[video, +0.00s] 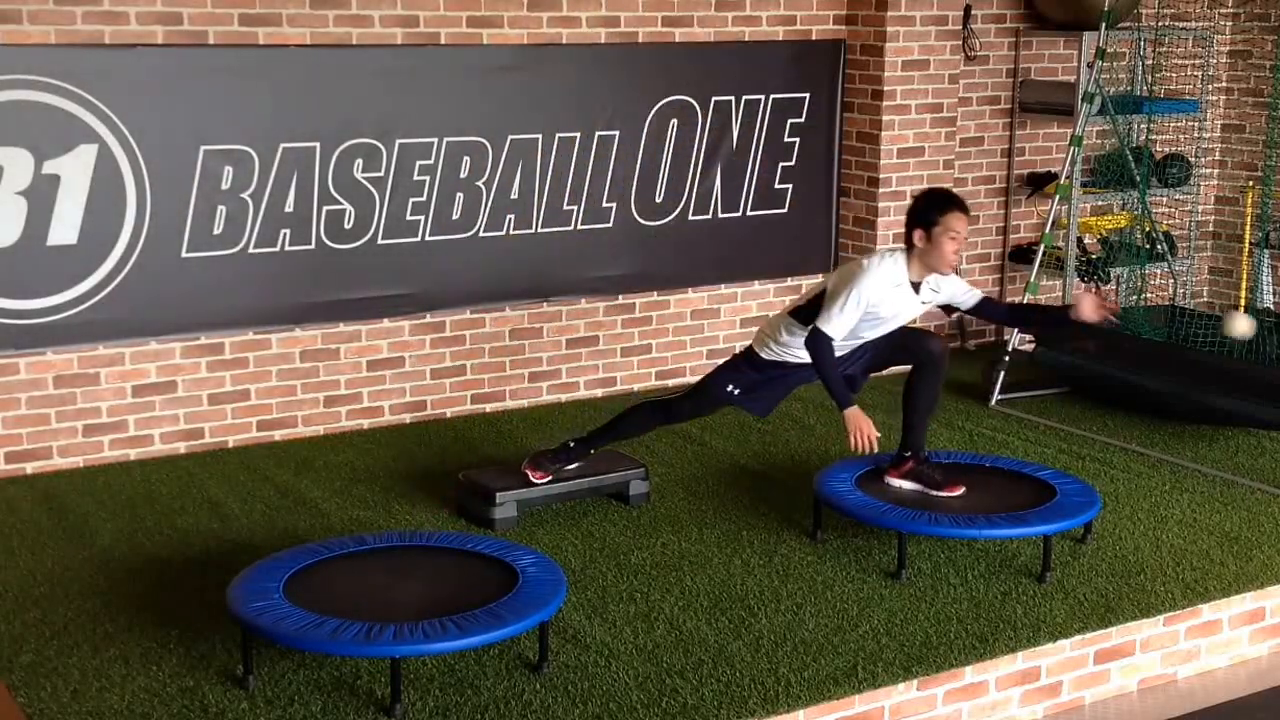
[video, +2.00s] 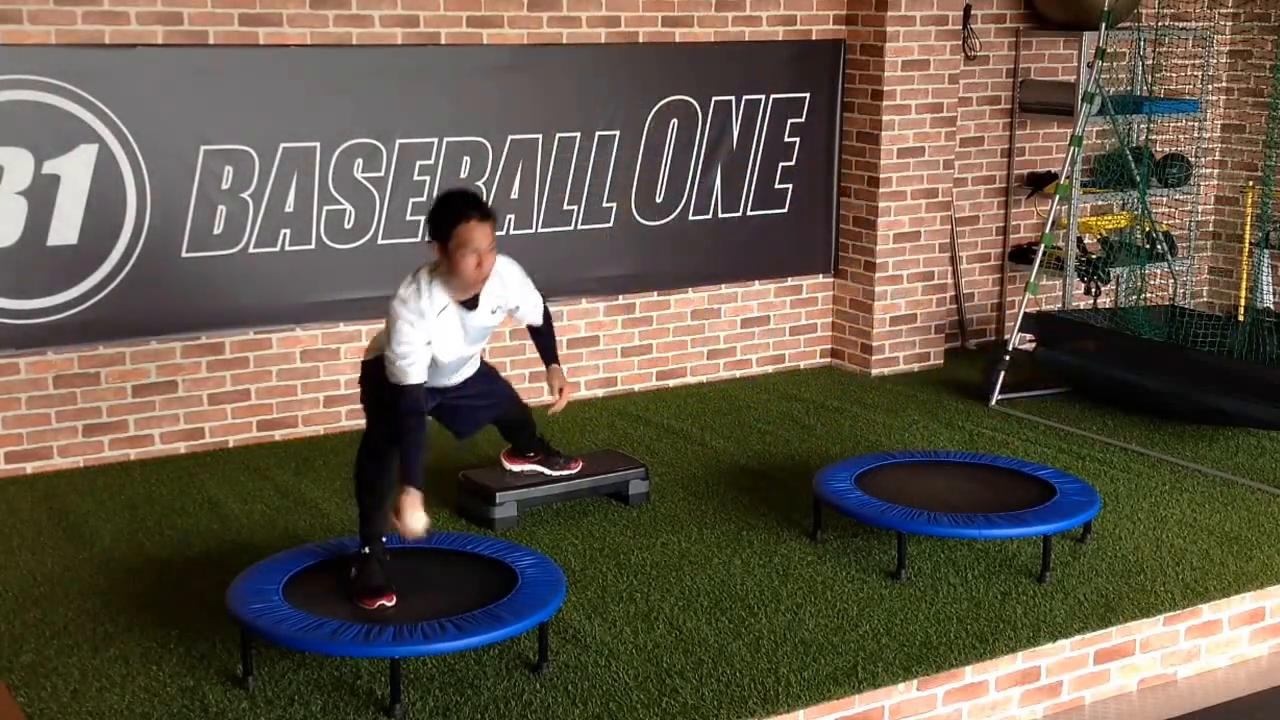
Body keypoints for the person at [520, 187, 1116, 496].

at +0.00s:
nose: (964, 250)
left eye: (966, 240)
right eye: (956, 239)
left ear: (950, 243)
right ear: (919, 239)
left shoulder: (942, 280)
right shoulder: (875, 275)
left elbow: (1002, 311)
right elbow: (822, 341)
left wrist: (1071, 312)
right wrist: (850, 406)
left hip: (846, 349)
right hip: (787, 349)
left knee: (930, 346)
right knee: (687, 406)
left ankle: (909, 461)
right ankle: (571, 454)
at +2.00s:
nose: (482, 262)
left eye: (488, 250)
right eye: (469, 252)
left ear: (495, 245)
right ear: (439, 252)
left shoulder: (505, 275)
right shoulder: (411, 304)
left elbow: (537, 313)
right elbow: (411, 408)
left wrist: (552, 367)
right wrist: (411, 490)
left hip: (463, 368)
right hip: (399, 377)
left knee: (513, 410)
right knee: (384, 444)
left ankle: (529, 448)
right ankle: (371, 550)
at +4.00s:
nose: (713, 121)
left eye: (717, 112)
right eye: (701, 112)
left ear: (722, 120)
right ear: (673, 119)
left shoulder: (731, 169)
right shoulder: (641, 180)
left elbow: (795, 200)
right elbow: (586, 231)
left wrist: (830, 170)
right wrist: (569, 257)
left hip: (723, 304)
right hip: (653, 305)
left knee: (798, 374)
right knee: (580, 383)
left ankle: (883, 452)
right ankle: (559, 451)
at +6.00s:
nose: (743, 109)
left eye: (748, 100)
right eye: (733, 98)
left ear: (750, 104)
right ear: (702, 98)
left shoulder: (747, 149)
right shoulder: (672, 153)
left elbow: (795, 193)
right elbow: (647, 225)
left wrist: (842, 196)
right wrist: (719, 208)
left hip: (721, 278)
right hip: (657, 287)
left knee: (809, 335)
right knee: (601, 370)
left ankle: (884, 422)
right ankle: (553, 446)